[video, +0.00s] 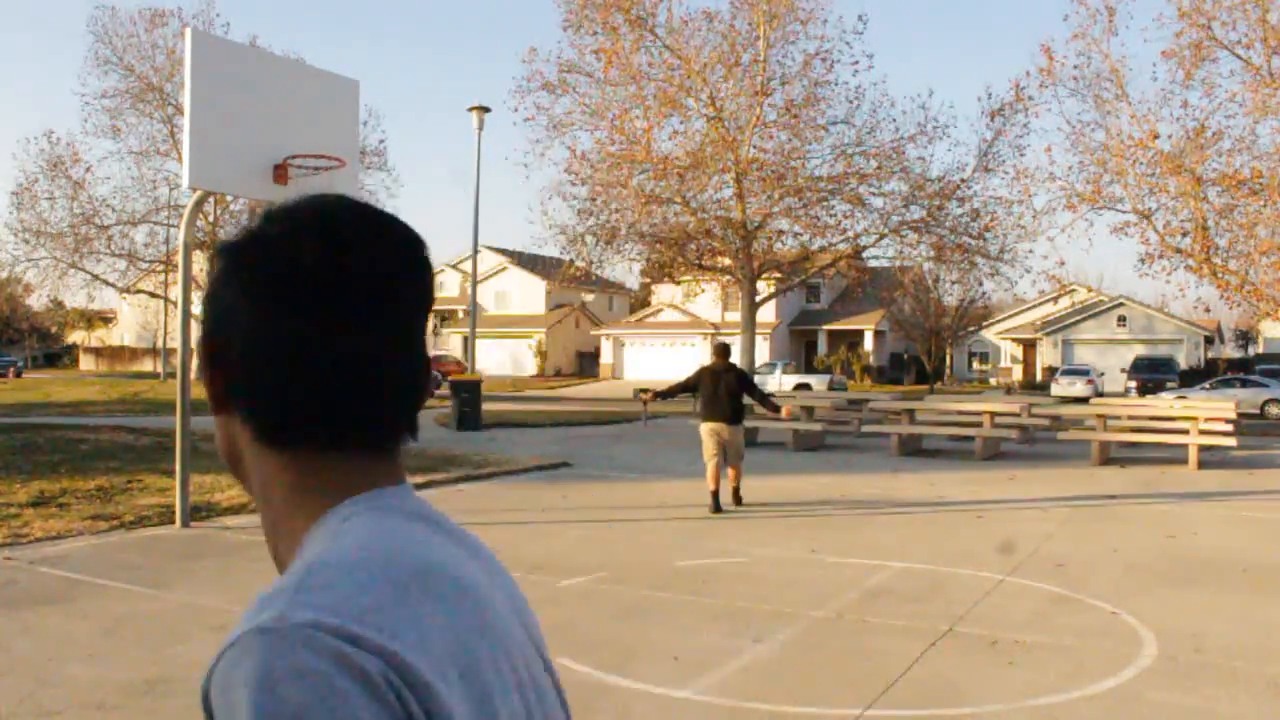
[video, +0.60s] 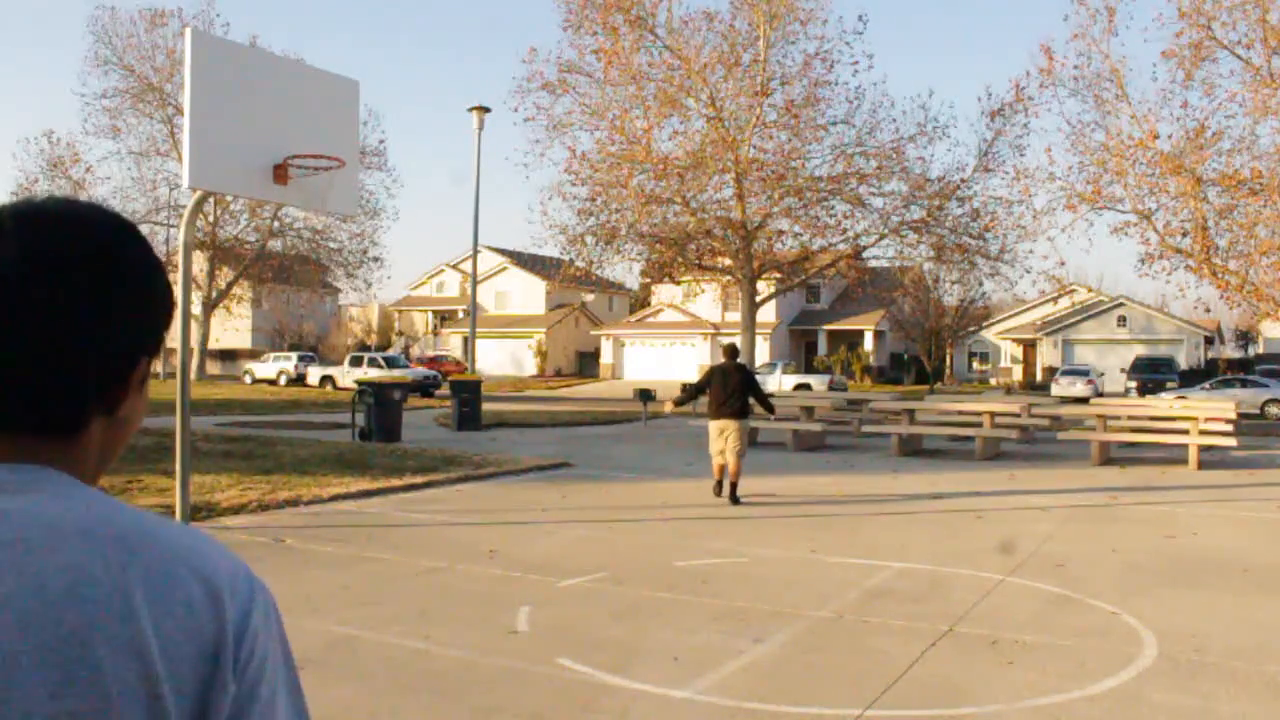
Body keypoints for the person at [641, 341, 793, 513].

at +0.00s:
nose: (720, 356)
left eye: (717, 353)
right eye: (724, 353)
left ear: (714, 355)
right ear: (729, 355)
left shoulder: (704, 373)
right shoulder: (738, 374)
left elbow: (682, 387)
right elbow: (756, 394)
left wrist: (658, 394)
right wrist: (776, 409)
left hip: (708, 423)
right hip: (732, 424)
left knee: (712, 461)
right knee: (735, 461)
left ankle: (714, 500)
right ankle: (735, 491)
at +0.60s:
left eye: (726, 353)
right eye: (735, 353)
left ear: (723, 355)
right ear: (738, 355)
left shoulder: (714, 371)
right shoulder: (744, 372)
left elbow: (696, 389)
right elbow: (758, 394)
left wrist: (676, 402)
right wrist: (771, 409)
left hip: (716, 420)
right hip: (737, 420)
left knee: (717, 453)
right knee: (734, 455)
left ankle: (718, 480)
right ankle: (733, 493)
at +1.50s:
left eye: (723, 352)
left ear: (721, 353)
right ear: (734, 353)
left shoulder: (713, 369)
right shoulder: (743, 371)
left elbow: (702, 392)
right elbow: (749, 395)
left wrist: (697, 412)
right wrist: (748, 416)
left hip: (716, 414)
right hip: (735, 415)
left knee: (710, 442)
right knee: (731, 448)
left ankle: (714, 465)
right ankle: (728, 478)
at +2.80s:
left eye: (710, 353)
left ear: (709, 353)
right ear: (720, 353)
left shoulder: (704, 369)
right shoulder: (729, 370)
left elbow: (699, 389)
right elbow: (735, 388)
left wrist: (695, 406)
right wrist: (735, 407)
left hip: (710, 409)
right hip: (727, 408)